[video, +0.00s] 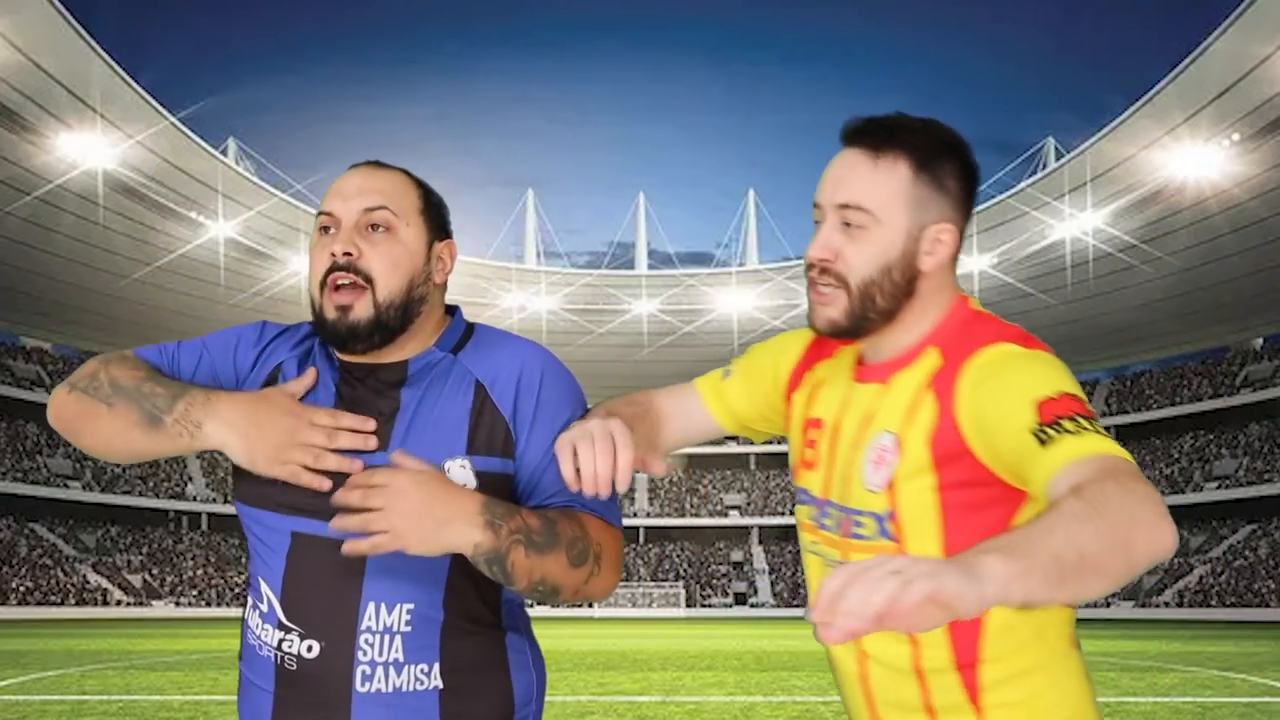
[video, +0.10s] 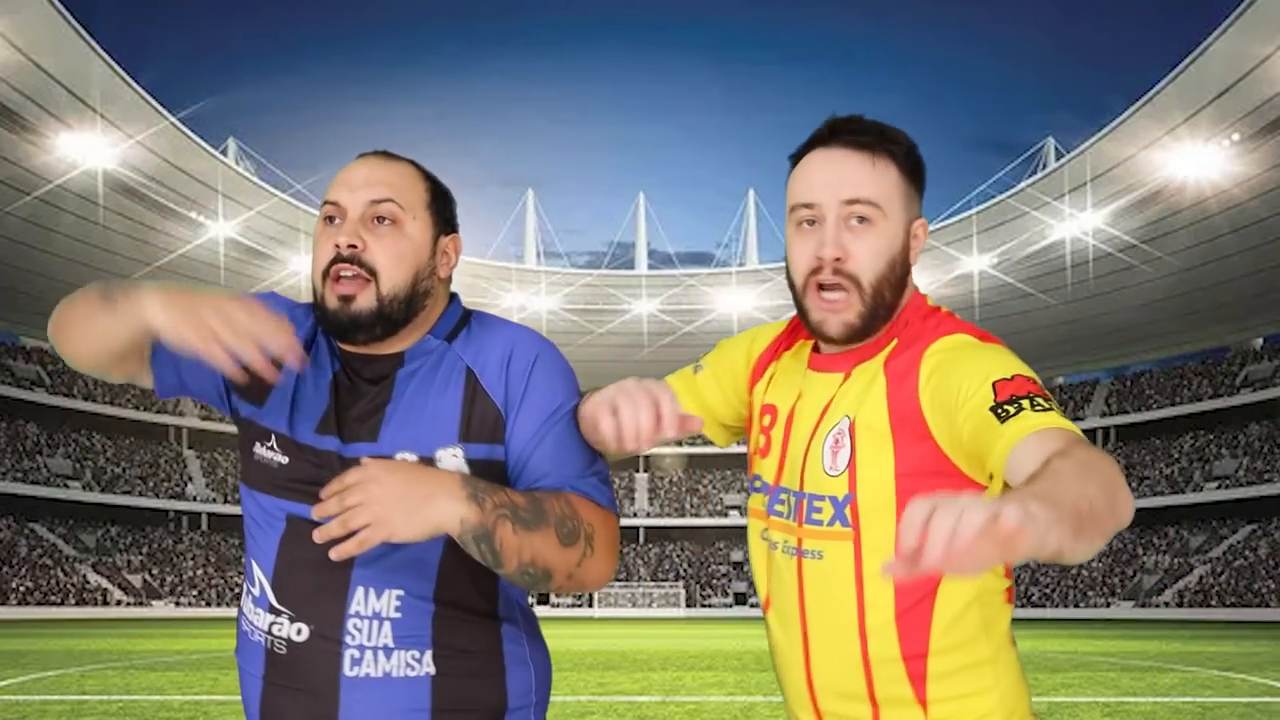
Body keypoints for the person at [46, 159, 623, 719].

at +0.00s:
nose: (339, 248)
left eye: (375, 228)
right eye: (327, 228)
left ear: (440, 261)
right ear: (311, 254)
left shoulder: (518, 378)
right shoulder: (259, 358)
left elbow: (595, 565)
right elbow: (75, 403)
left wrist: (471, 519)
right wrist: (222, 421)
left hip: (465, 705)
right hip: (283, 702)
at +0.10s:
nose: (344, 238)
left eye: (381, 219)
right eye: (332, 217)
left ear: (445, 255)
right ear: (315, 242)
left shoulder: (515, 365)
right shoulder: (270, 340)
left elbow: (591, 553)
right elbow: (69, 334)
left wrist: (454, 501)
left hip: (465, 703)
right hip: (290, 700)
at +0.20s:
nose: (333, 230)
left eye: (371, 211)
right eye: (321, 211)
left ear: (437, 244)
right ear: (306, 230)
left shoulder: (503, 357)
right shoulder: (272, 314)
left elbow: (575, 553)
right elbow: (140, 248)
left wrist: (431, 480)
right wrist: (130, 174)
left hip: (459, 701)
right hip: (281, 700)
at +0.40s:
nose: (314, 252)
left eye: (351, 224)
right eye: (314, 229)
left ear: (439, 243)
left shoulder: (523, 370)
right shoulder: (304, 321)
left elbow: (590, 573)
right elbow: (195, 259)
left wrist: (403, 529)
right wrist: (166, 183)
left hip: (464, 708)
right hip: (290, 705)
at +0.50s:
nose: (311, 251)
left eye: (343, 226)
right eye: (315, 228)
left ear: (435, 244)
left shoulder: (543, 388)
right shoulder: (301, 335)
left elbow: (605, 590)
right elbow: (182, 316)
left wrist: (412, 614)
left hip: (464, 708)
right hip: (283, 703)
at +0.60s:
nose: (292, 254)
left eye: (324, 226)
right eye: (300, 228)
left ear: (412, 243)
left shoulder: (536, 389)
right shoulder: (283, 355)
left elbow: (593, 589)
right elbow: (174, 382)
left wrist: (434, 686)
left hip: (436, 713)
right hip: (263, 703)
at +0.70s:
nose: (253, 259)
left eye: (281, 231)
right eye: (263, 233)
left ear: (364, 246)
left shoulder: (489, 386)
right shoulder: (254, 373)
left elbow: (566, 587)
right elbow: (156, 446)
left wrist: (472, 712)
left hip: (398, 702)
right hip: (228, 701)